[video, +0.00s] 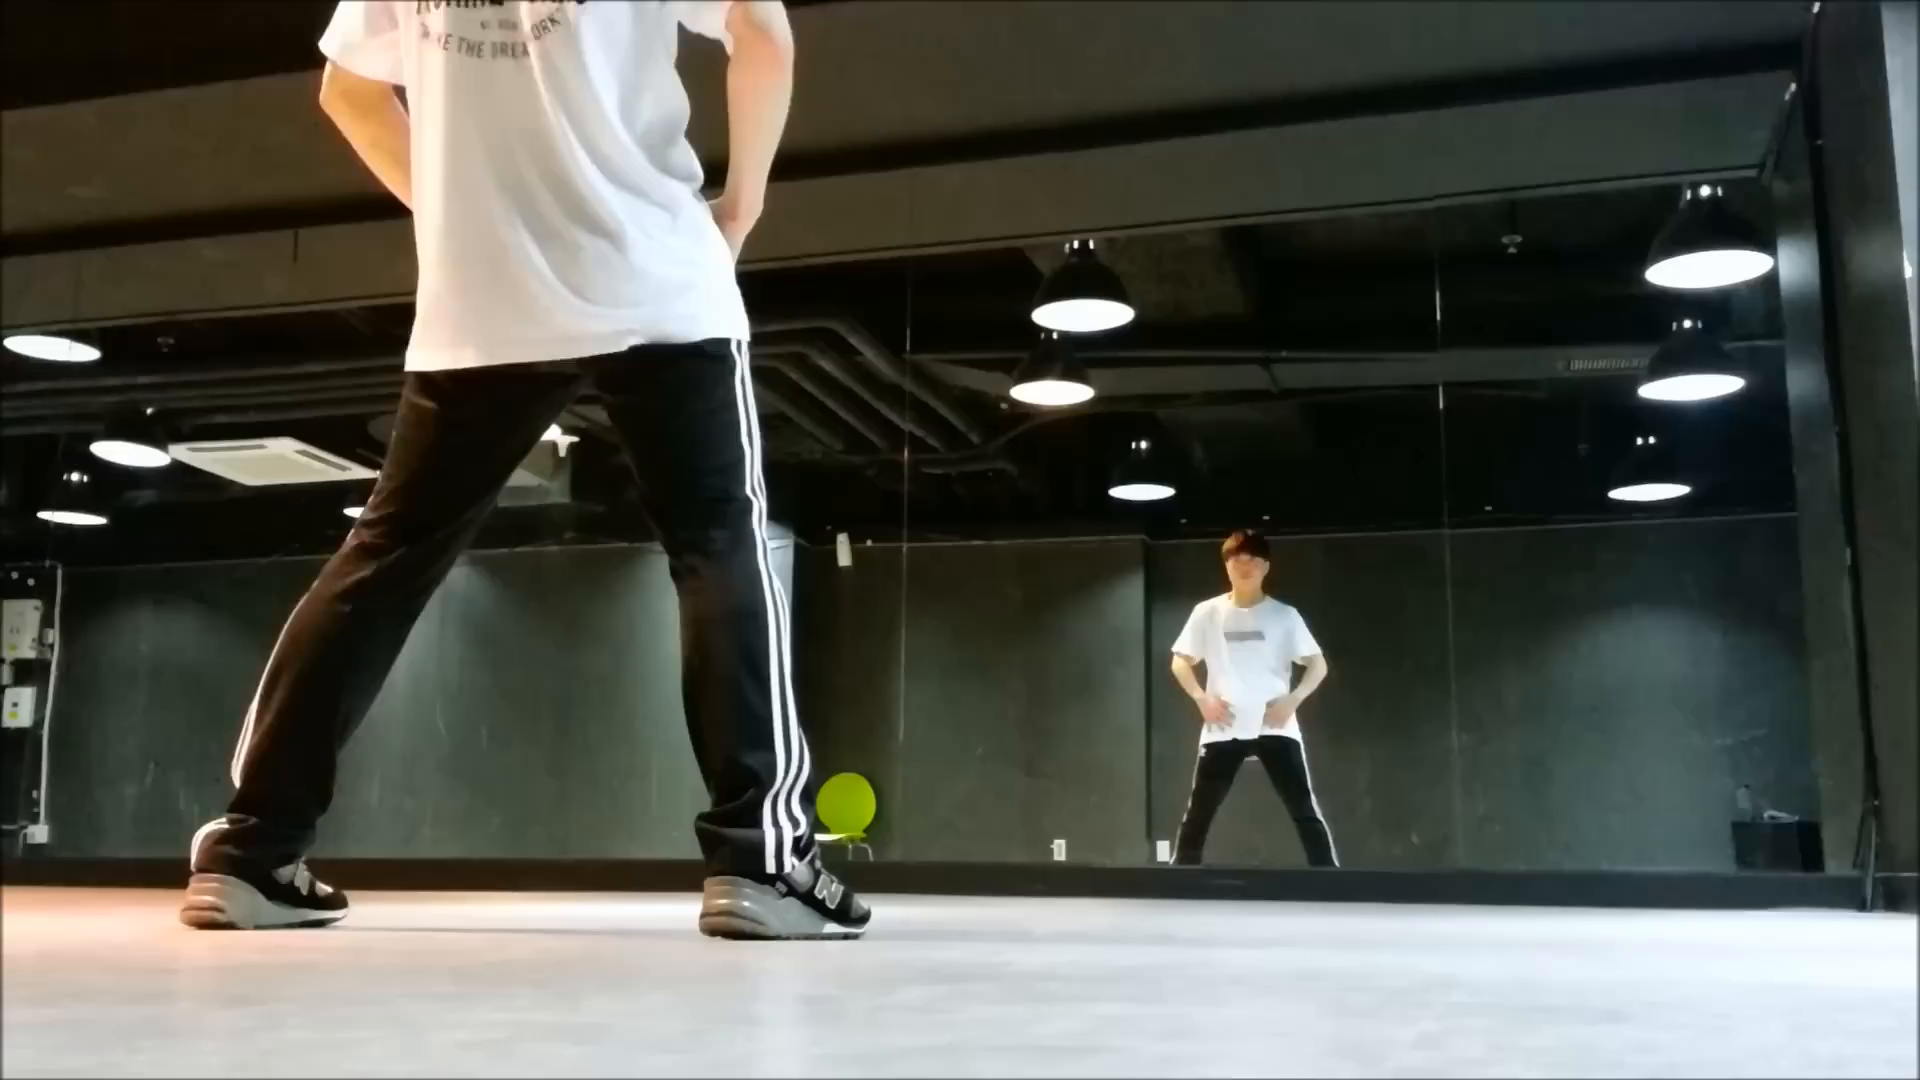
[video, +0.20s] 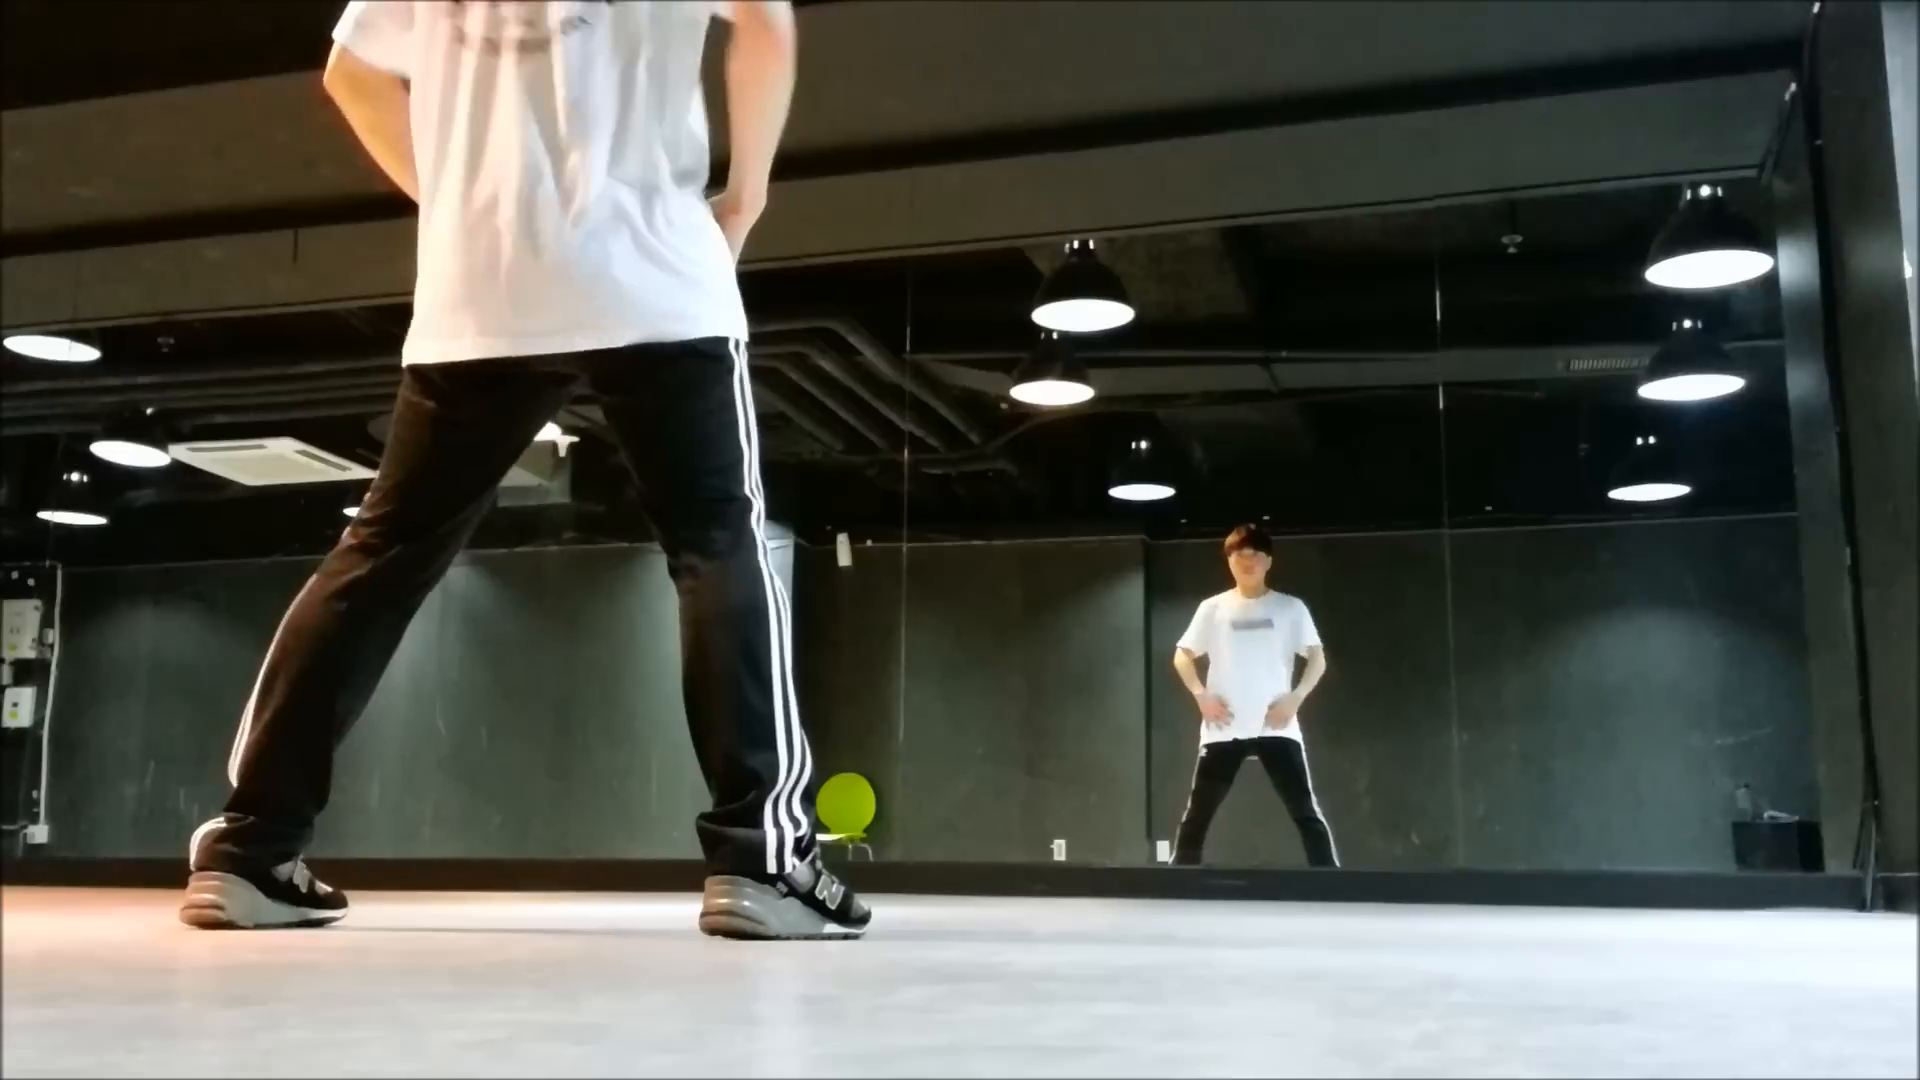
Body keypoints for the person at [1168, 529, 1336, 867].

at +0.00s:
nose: (1245, 567)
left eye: (1253, 560)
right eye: (1238, 560)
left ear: (1266, 566)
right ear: (1227, 566)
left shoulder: (1286, 616)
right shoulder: (1207, 613)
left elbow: (1318, 666)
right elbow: (1179, 663)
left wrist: (1291, 701)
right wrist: (1202, 699)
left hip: (1276, 730)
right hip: (1223, 730)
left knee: (1305, 813)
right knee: (1197, 815)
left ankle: (1332, 888)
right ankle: (1179, 890)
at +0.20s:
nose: (1247, 562)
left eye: (1255, 555)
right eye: (1240, 555)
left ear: (1268, 561)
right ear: (1229, 561)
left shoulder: (1292, 608)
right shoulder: (1212, 608)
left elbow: (1317, 660)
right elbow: (1181, 657)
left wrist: (1293, 700)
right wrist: (1202, 697)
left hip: (1277, 731)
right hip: (1223, 731)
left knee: (1306, 814)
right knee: (1196, 817)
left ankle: (1332, 890)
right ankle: (1179, 892)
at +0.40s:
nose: (1247, 560)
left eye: (1255, 553)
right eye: (1241, 554)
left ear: (1269, 561)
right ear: (1230, 562)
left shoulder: (1290, 612)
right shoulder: (1213, 611)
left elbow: (1315, 662)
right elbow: (1186, 660)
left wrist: (1295, 698)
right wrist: (1203, 696)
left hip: (1278, 730)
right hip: (1225, 730)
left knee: (1307, 814)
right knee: (1196, 816)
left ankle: (1332, 889)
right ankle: (1175, 890)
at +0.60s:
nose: (1245, 560)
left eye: (1253, 554)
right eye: (1238, 554)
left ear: (1267, 565)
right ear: (1228, 564)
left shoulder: (1287, 615)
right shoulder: (1209, 615)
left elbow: (1321, 663)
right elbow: (1177, 662)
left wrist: (1293, 698)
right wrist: (1199, 696)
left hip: (1276, 728)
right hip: (1223, 729)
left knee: (1305, 814)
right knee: (1195, 815)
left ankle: (1332, 889)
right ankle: (1177, 890)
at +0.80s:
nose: (1245, 562)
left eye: (1254, 556)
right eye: (1239, 556)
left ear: (1267, 566)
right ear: (1229, 564)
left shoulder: (1287, 615)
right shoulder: (1208, 613)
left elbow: (1322, 664)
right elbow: (1177, 660)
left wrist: (1293, 698)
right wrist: (1200, 697)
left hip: (1277, 727)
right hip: (1224, 729)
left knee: (1306, 814)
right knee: (1197, 815)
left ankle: (1333, 889)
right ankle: (1178, 891)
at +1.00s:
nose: (1219, 570)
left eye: (1225, 562)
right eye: (1219, 563)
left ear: (1250, 561)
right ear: (1235, 565)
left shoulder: (1290, 613)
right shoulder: (1212, 611)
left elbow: (1320, 665)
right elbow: (1178, 656)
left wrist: (1293, 699)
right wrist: (1200, 696)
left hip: (1277, 729)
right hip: (1223, 730)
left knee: (1306, 814)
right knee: (1196, 816)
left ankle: (1333, 889)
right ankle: (1177, 892)